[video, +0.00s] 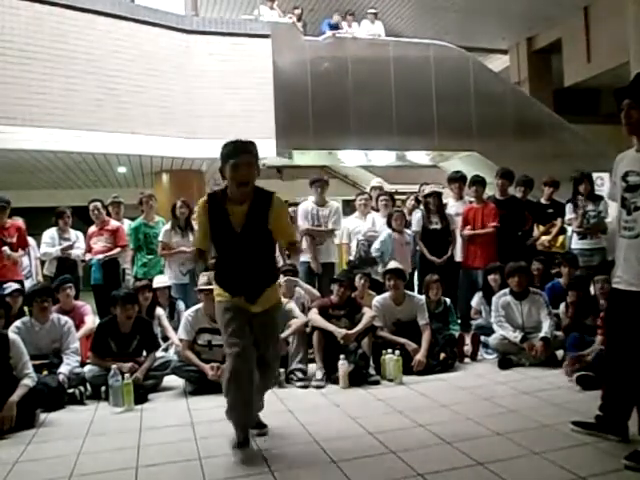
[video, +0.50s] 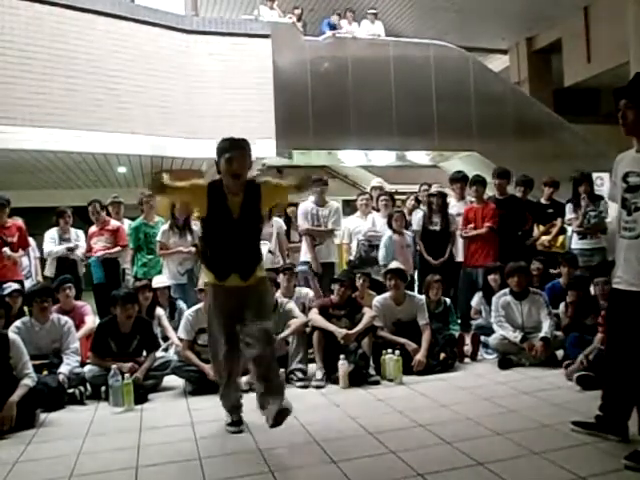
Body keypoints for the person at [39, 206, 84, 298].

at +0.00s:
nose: (66, 221)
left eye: (68, 217)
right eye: (62, 218)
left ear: (71, 219)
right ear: (57, 220)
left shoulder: (78, 235)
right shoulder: (49, 233)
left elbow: (81, 252)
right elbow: (43, 253)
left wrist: (70, 254)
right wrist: (60, 250)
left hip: (72, 269)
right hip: (54, 269)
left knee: (73, 298)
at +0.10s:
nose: (66, 221)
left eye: (68, 217)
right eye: (62, 218)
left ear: (71, 219)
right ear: (57, 220)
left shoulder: (78, 235)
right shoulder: (49, 234)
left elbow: (81, 253)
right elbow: (43, 253)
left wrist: (69, 253)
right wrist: (60, 250)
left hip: (72, 268)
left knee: (73, 298)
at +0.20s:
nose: (66, 220)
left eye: (68, 217)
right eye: (62, 218)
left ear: (71, 219)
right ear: (57, 220)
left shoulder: (78, 234)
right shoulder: (49, 233)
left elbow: (81, 253)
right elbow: (43, 252)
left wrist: (70, 253)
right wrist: (60, 250)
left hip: (72, 265)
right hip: (55, 266)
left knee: (74, 294)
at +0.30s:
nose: (66, 220)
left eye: (68, 217)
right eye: (62, 218)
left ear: (71, 219)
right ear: (57, 220)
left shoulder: (78, 234)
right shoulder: (49, 234)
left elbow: (80, 253)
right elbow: (44, 252)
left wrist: (69, 251)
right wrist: (63, 249)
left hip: (73, 265)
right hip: (56, 265)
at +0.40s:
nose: (66, 220)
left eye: (68, 217)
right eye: (63, 217)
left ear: (71, 219)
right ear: (57, 220)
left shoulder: (78, 233)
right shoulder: (49, 234)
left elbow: (81, 253)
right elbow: (45, 253)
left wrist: (70, 251)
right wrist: (64, 249)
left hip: (73, 266)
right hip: (56, 266)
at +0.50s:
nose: (67, 220)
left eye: (69, 217)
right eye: (63, 217)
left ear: (72, 219)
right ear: (58, 220)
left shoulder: (79, 233)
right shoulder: (50, 233)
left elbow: (82, 254)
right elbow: (47, 252)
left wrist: (68, 252)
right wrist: (66, 248)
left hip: (73, 265)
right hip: (56, 265)